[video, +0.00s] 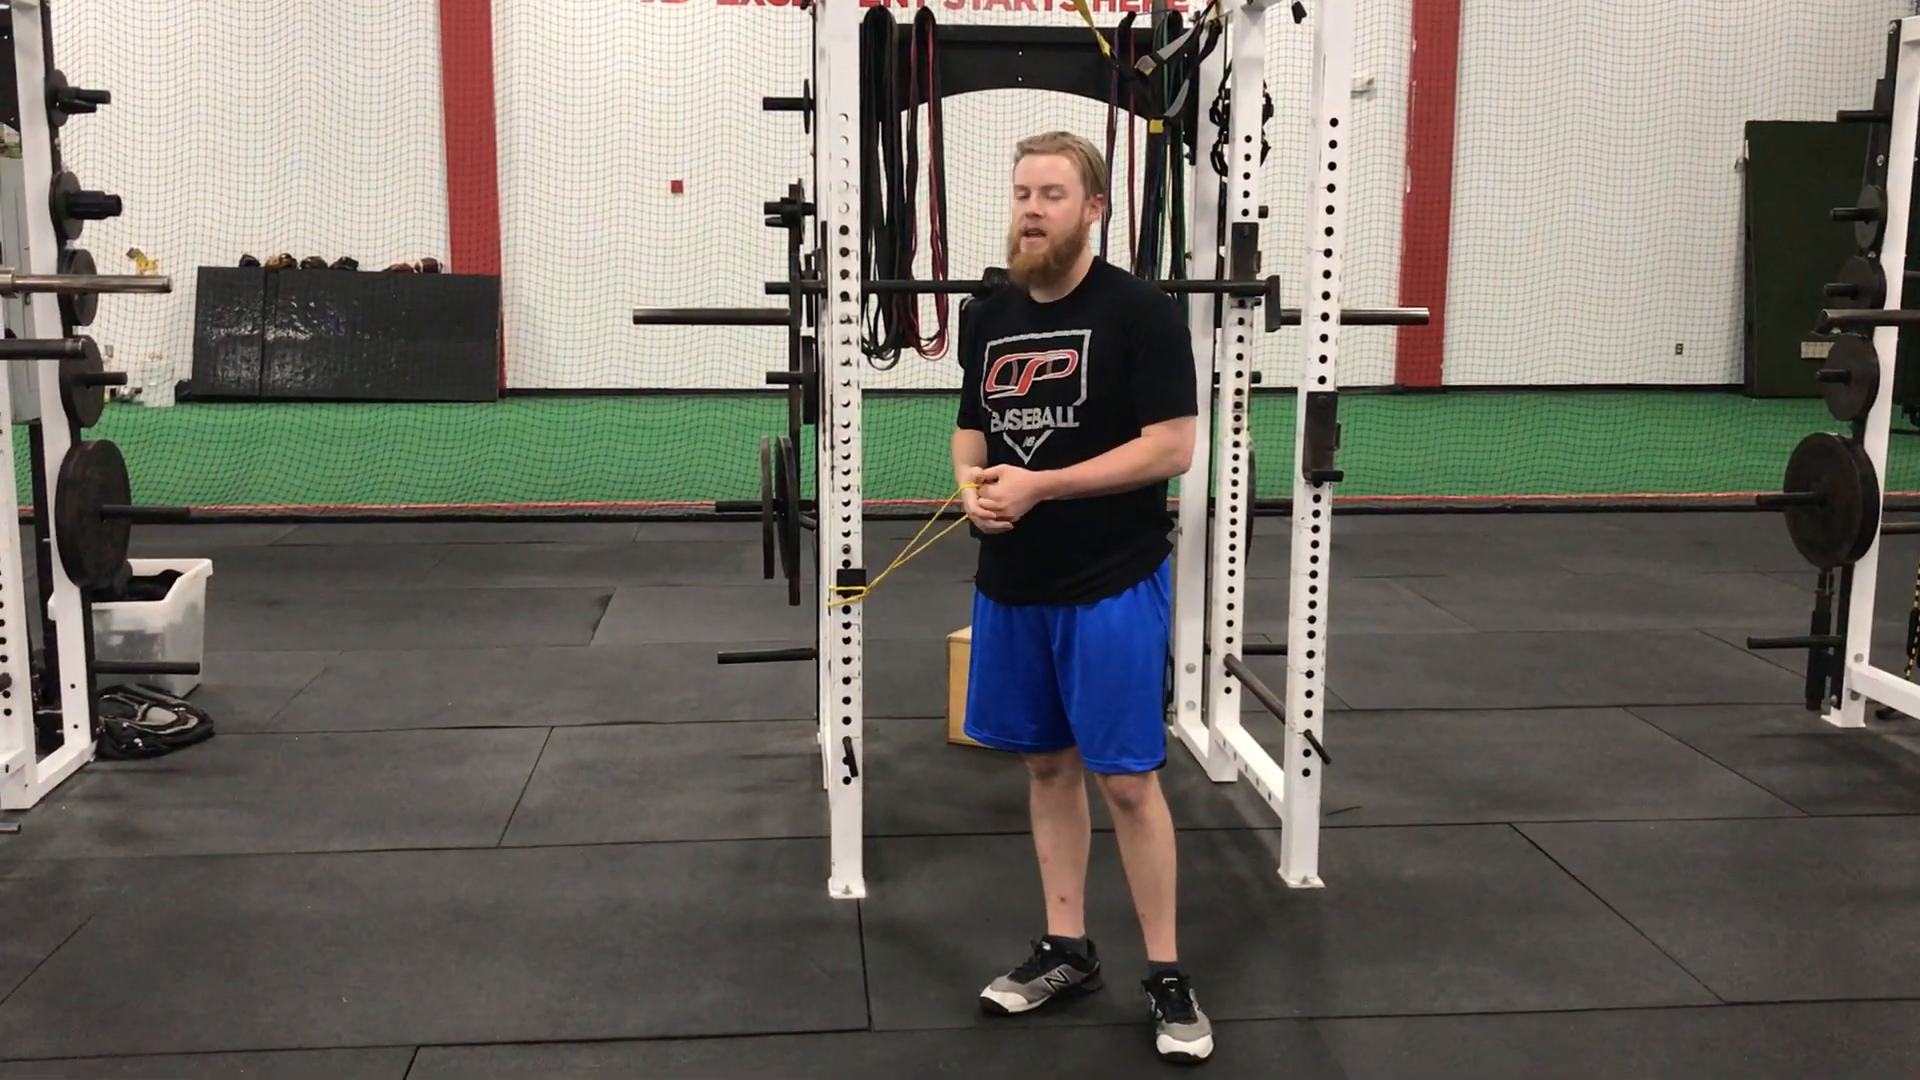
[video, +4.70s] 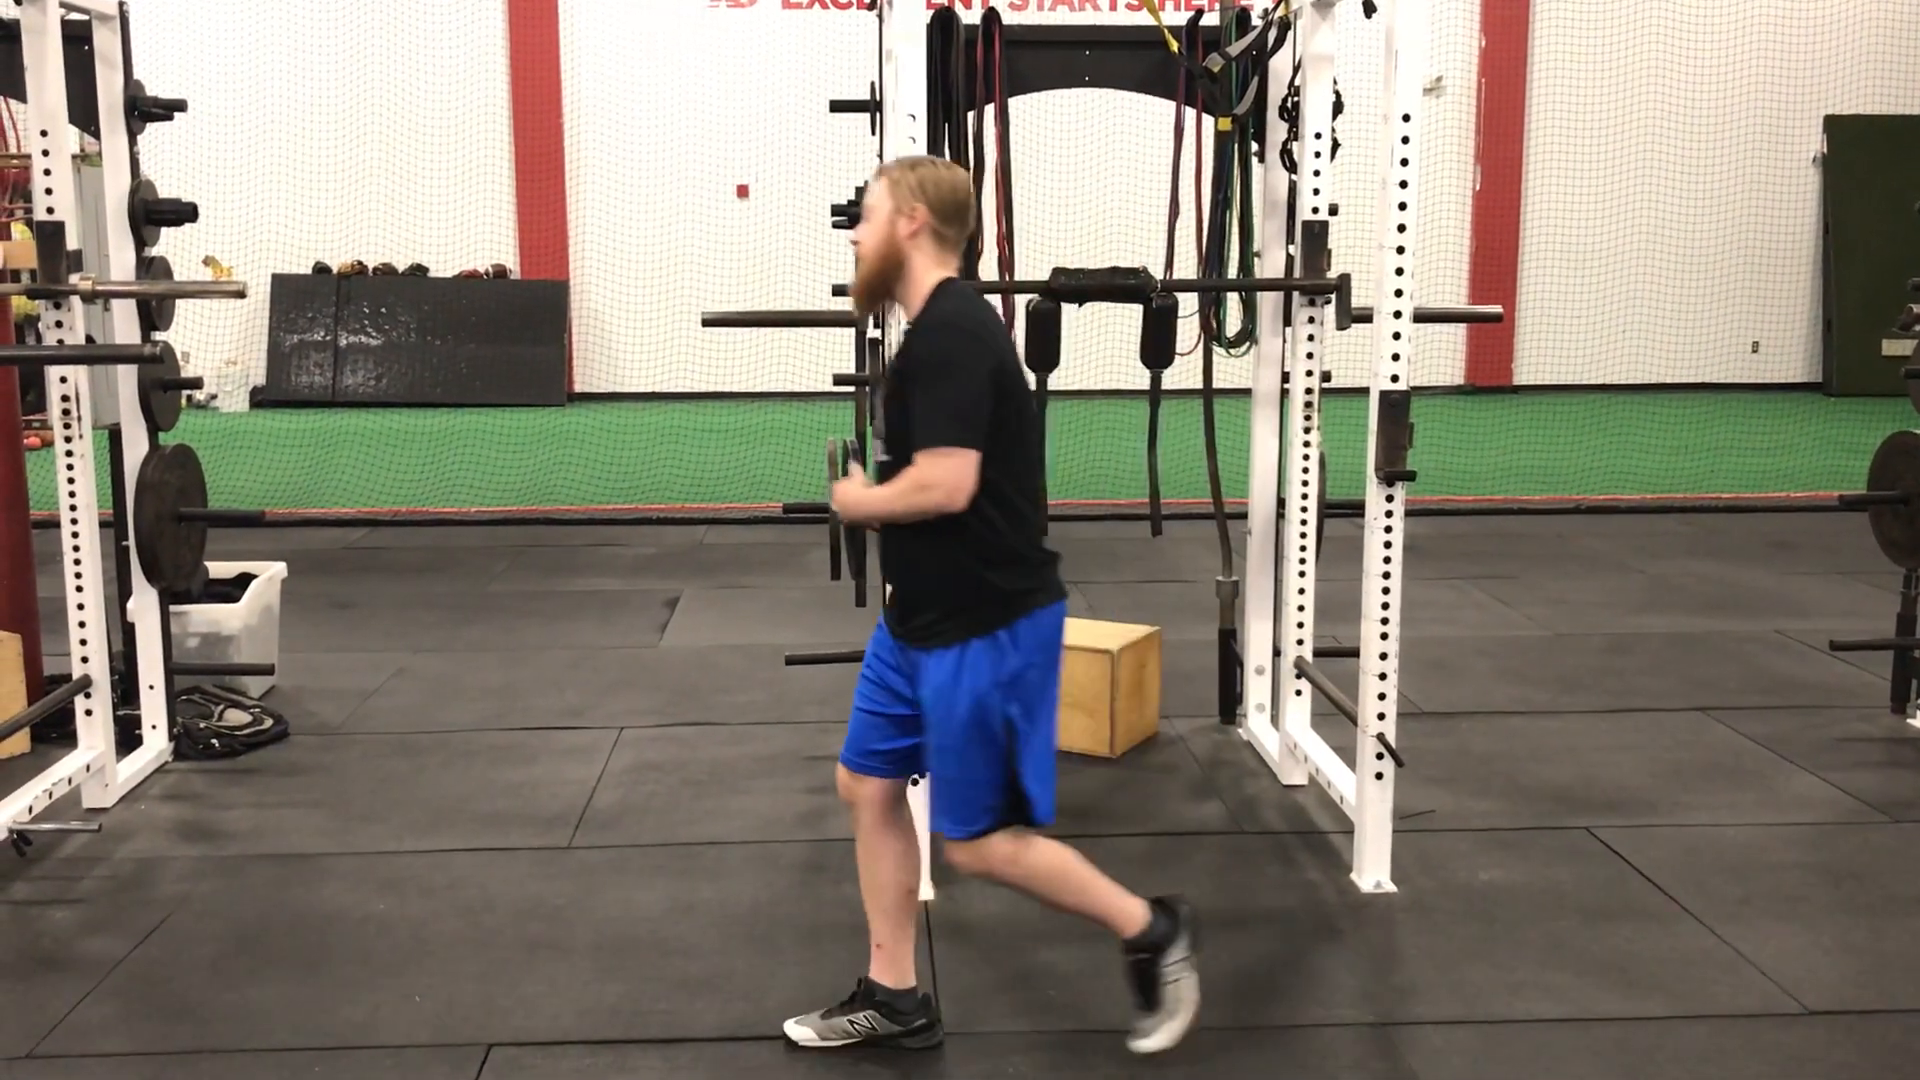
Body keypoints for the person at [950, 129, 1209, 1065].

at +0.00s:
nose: (1029, 209)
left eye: (1049, 195)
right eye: (1021, 194)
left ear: (1093, 209)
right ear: (1007, 208)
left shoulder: (1140, 310)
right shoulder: (988, 314)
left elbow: (1174, 444)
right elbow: (969, 430)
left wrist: (1041, 483)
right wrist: (973, 485)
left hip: (1115, 586)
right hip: (1015, 586)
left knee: (1129, 782)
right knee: (1048, 769)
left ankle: (1167, 977)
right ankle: (1066, 950)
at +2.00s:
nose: (1095, 242)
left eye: (1102, 224)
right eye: (1095, 224)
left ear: (1147, 224)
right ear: (1149, 222)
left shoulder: (1236, 334)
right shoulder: (1128, 317)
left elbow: (1245, 482)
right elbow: (1098, 437)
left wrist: (1107, 505)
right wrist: (1035, 525)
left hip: (1196, 606)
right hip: (1106, 597)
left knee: (1209, 788)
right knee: (1101, 772)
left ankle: (1211, 974)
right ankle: (1095, 958)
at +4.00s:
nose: (1123, 226)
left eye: (1140, 207)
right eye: (1121, 208)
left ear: (1198, 212)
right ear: (1147, 215)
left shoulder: (1261, 331)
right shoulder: (1118, 328)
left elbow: (1273, 481)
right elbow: (1093, 465)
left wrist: (1126, 501)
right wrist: (1059, 579)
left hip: (1223, 611)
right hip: (1117, 603)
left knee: (1234, 797)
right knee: (1083, 772)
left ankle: (1243, 977)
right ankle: (1121, 954)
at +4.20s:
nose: (1089, 235)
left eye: (1102, 216)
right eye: (1088, 218)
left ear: (1160, 220)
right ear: (1133, 222)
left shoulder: (1229, 339)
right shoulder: (1113, 328)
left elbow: (1236, 493)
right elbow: (1116, 474)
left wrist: (1100, 511)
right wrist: (1070, 580)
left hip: (1196, 617)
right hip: (1097, 605)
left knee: (1221, 802)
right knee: (1031, 760)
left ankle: (1247, 975)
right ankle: (1036, 969)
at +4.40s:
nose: (1007, 254)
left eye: (1020, 235)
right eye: (1008, 236)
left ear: (1076, 236)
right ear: (1067, 238)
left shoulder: (1143, 349)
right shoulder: (1051, 339)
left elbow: (1149, 506)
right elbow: (1077, 472)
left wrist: (1025, 531)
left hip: (1144, 634)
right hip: (1041, 622)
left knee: (1189, 813)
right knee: (958, 769)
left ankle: (1247, 974)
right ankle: (917, 982)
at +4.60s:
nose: (899, 250)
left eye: (910, 231)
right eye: (901, 231)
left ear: (959, 236)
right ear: (966, 239)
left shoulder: (1012, 342)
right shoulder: (975, 341)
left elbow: (1014, 495)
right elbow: (1008, 450)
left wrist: (914, 530)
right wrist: (945, 428)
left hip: (1034, 638)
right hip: (949, 626)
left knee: (1072, 837)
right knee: (881, 782)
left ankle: (1218, 943)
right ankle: (895, 995)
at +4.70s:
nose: (852, 236)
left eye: (864, 216)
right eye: (857, 218)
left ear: (913, 226)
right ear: (925, 230)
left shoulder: (957, 328)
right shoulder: (932, 328)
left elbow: (949, 481)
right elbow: (951, 477)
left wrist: (861, 500)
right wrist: (884, 499)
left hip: (988, 626)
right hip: (920, 618)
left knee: (976, 841)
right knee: (870, 783)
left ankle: (1150, 929)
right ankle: (895, 993)